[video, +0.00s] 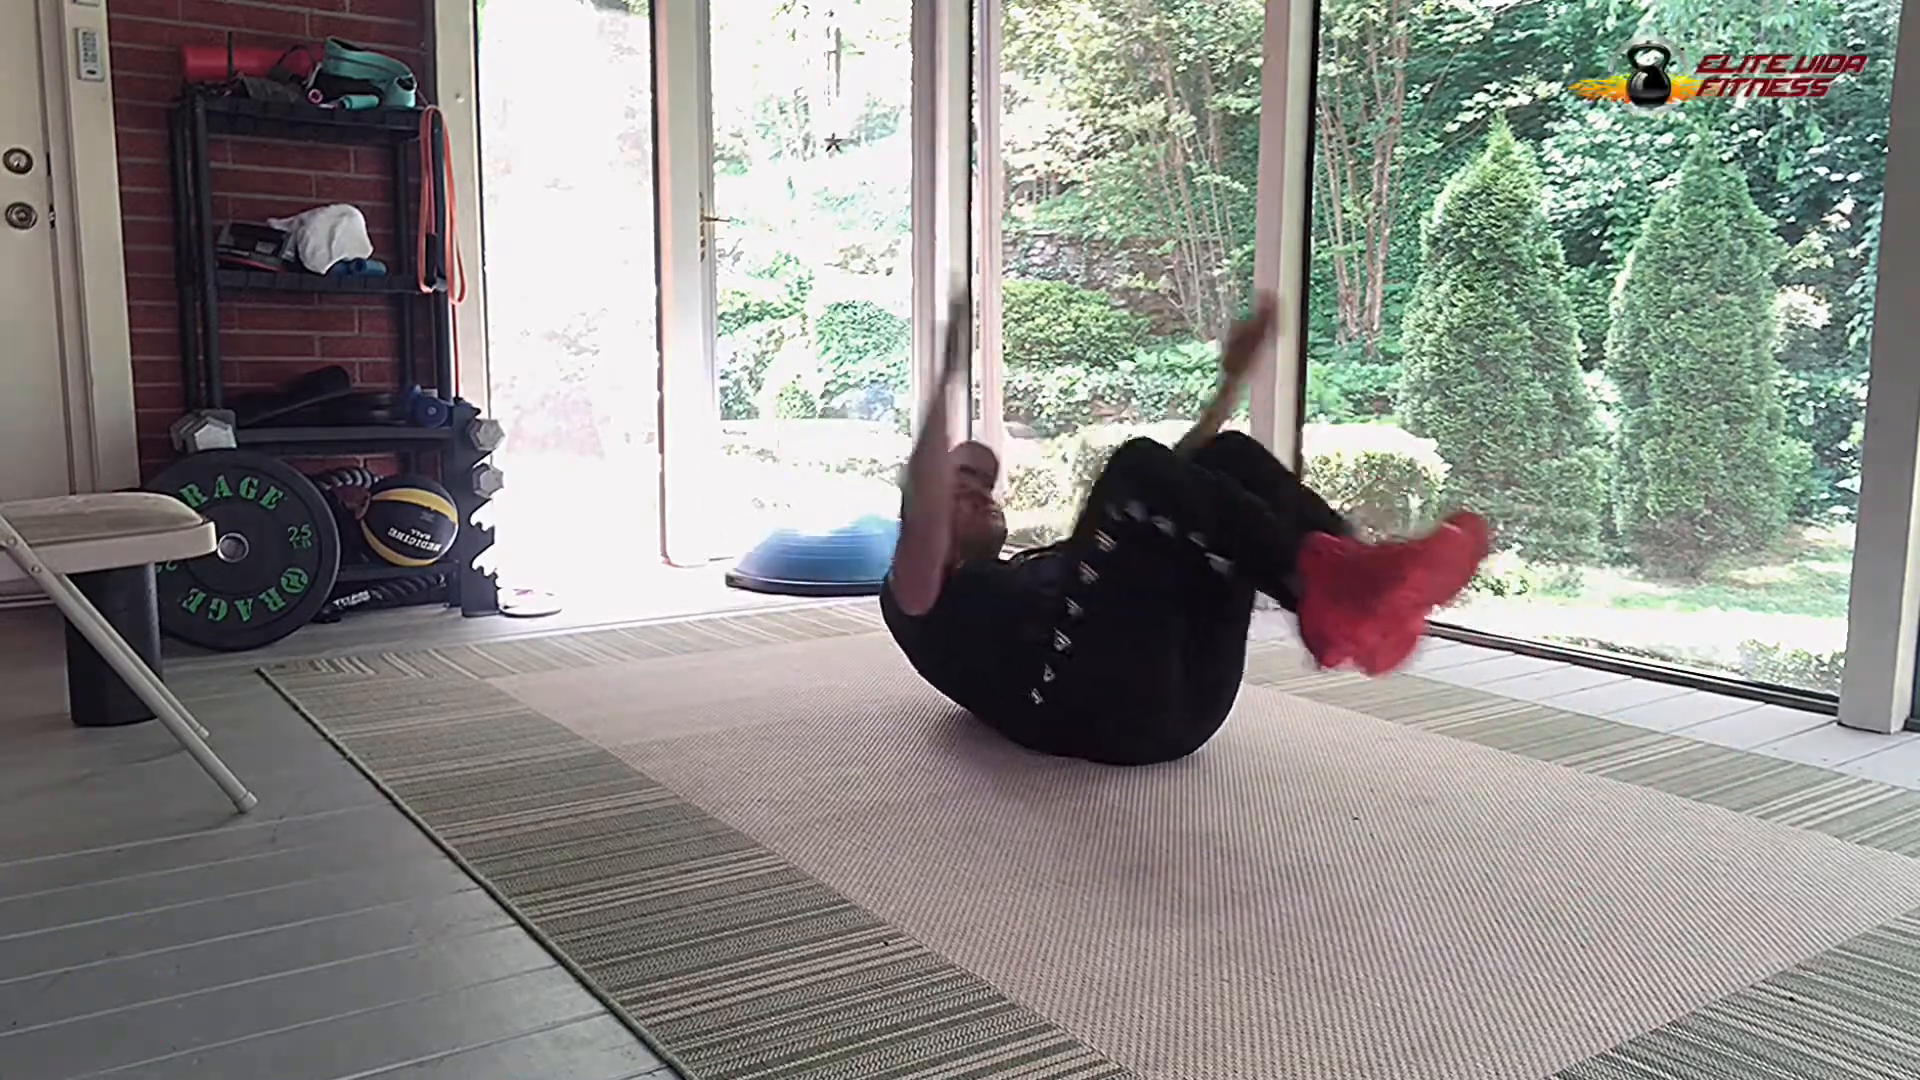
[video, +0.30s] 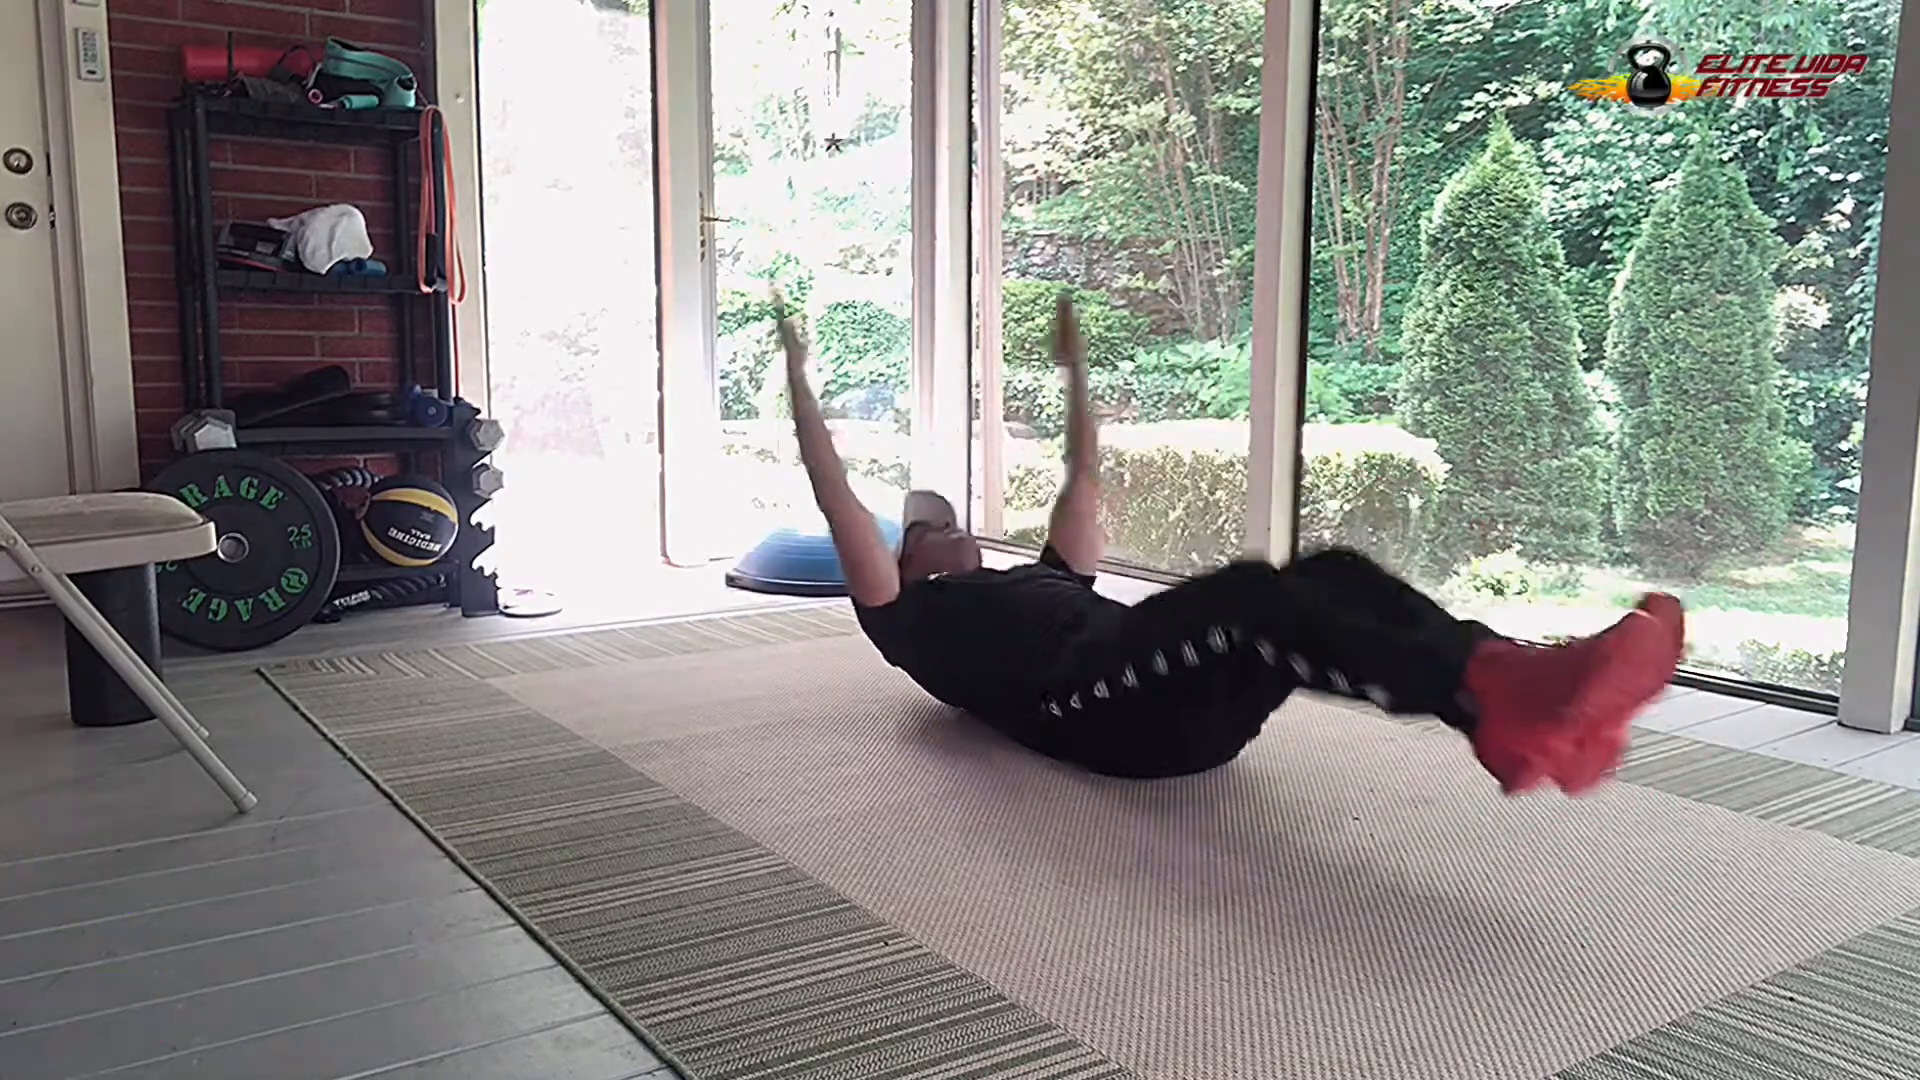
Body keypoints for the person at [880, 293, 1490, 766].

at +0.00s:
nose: (981, 496)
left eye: (989, 487)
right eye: (964, 483)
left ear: (998, 510)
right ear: (927, 502)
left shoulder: (1054, 569)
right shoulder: (923, 602)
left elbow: (1169, 482)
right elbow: (922, 490)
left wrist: (1232, 380)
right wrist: (946, 372)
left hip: (1184, 698)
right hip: (1101, 703)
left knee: (1235, 457)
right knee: (1129, 468)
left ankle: (1367, 586)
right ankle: (1324, 591)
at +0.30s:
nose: (946, 530)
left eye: (953, 522)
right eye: (922, 529)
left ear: (983, 541)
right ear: (899, 562)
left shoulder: (1048, 578)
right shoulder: (909, 617)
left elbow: (1084, 481)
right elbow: (838, 498)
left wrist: (1076, 369)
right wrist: (799, 386)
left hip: (1166, 671)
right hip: (1098, 707)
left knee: (1326, 568)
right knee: (1266, 598)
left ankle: (1518, 703)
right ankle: (1509, 698)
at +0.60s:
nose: (908, 564)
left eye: (914, 557)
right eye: (890, 569)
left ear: (943, 565)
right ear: (870, 598)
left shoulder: (999, 591)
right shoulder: (883, 634)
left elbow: (1005, 542)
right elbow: (794, 573)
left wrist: (952, 485)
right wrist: (751, 518)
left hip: (1148, 637)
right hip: (1074, 682)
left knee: (1330, 673)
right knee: (1275, 700)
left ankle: (1580, 786)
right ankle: (1546, 774)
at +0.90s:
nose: (919, 574)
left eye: (921, 570)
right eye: (901, 581)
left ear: (937, 578)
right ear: (882, 606)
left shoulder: (1008, 594)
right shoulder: (887, 648)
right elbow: (794, 631)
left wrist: (942, 557)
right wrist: (743, 601)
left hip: (1159, 637)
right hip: (1082, 680)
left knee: (1340, 695)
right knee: (1272, 737)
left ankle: (1572, 833)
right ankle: (1540, 814)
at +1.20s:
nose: (918, 578)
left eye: (923, 573)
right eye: (901, 585)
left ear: (941, 581)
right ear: (883, 607)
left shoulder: (1006, 593)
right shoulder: (888, 647)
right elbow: (776, 638)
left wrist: (956, 556)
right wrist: (746, 634)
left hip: (1155, 635)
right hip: (1079, 677)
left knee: (1339, 700)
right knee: (1278, 741)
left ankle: (1573, 838)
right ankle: (1544, 830)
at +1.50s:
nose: (949, 534)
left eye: (951, 526)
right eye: (926, 534)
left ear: (973, 545)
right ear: (897, 568)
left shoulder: (1030, 590)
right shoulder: (909, 626)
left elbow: (1055, 524)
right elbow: (824, 553)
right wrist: (784, 477)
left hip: (1174, 684)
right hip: (1098, 709)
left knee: (1345, 606)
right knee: (1265, 613)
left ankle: (1550, 772)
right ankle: (1509, 750)